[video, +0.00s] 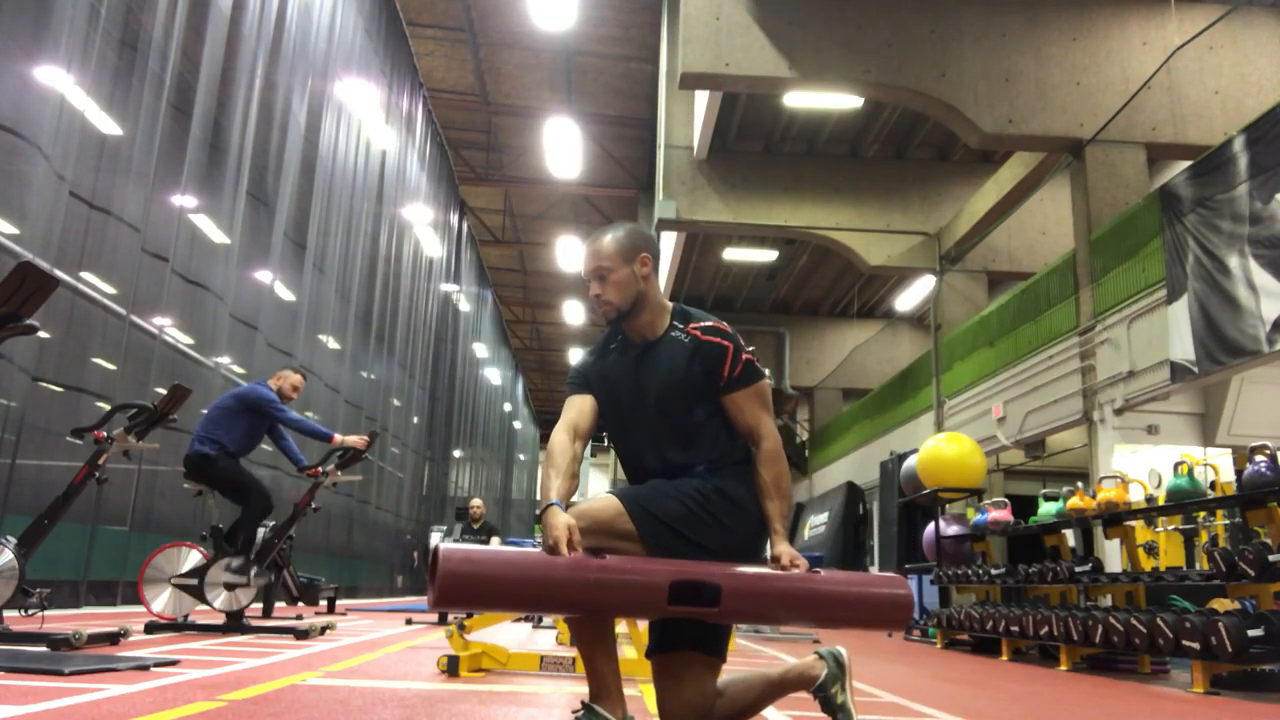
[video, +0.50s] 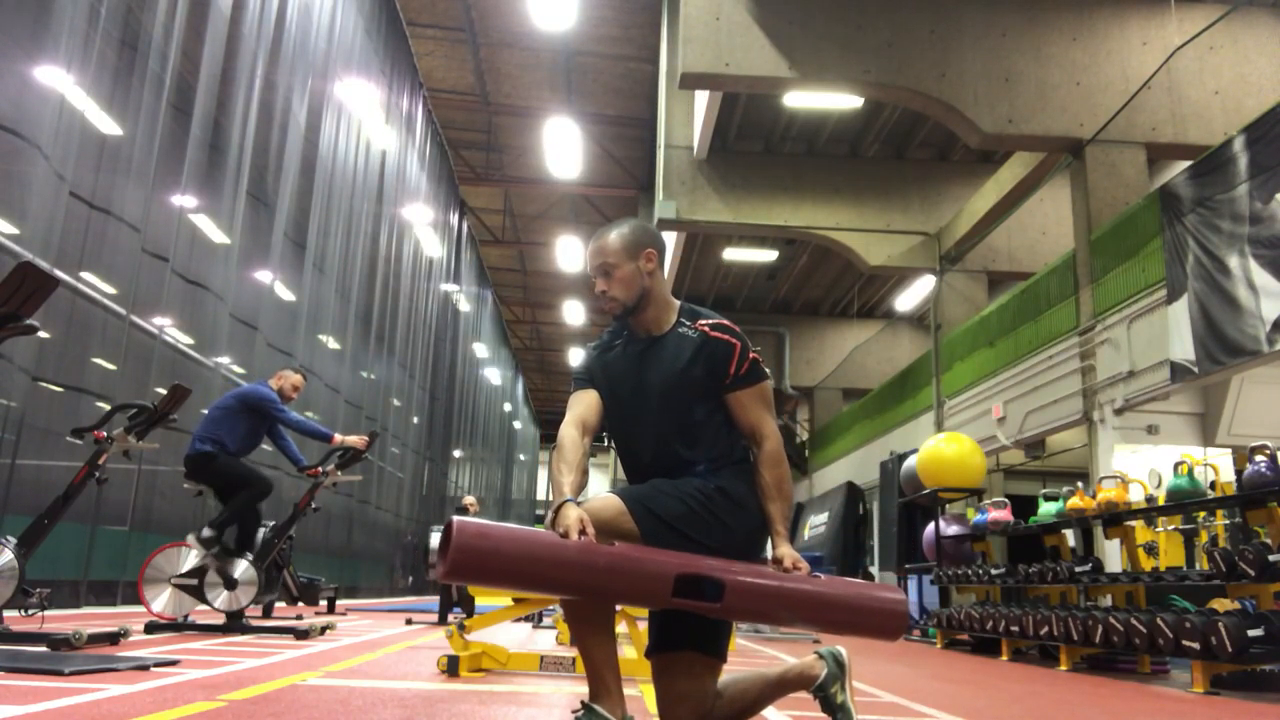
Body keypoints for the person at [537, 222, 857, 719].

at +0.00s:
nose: (593, 292)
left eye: (604, 276)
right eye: (589, 280)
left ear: (644, 268)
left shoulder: (710, 340)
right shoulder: (598, 367)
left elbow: (765, 436)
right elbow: (568, 434)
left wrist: (779, 536)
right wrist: (552, 506)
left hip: (727, 510)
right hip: (669, 525)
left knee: (570, 526)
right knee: (686, 708)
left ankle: (608, 707)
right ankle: (816, 671)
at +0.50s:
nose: (597, 287)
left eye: (608, 271)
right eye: (594, 275)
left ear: (650, 264)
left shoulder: (715, 338)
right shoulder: (604, 359)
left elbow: (768, 439)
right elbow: (575, 429)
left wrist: (782, 539)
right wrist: (566, 502)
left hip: (728, 510)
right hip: (667, 524)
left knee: (574, 523)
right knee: (686, 708)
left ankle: (608, 706)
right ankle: (817, 671)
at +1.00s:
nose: (582, 218)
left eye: (591, 204)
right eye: (578, 208)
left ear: (633, 195)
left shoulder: (689, 268)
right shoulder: (605, 296)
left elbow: (743, 363)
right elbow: (563, 366)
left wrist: (724, 468)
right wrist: (524, 396)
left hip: (701, 454)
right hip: (663, 456)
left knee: (562, 532)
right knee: (711, 652)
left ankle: (607, 707)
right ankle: (846, 669)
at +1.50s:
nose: (595, 96)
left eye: (603, 82)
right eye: (593, 87)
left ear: (644, 70)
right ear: (643, 76)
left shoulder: (656, 129)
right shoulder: (647, 138)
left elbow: (563, 196)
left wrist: (457, 204)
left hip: (650, 345)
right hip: (619, 339)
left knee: (601, 528)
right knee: (491, 397)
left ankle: (614, 707)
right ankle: (573, 529)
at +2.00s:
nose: (584, 76)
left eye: (592, 65)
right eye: (586, 68)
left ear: (629, 56)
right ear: (644, 65)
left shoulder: (615, 96)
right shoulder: (693, 143)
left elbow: (497, 66)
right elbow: (736, 164)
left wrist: (476, 29)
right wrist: (678, 126)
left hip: (618, 322)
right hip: (591, 319)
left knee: (594, 533)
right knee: (454, 331)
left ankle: (612, 706)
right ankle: (397, 489)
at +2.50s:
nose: (583, 75)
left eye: (589, 65)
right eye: (585, 67)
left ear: (624, 57)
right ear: (645, 64)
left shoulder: (611, 98)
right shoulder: (694, 148)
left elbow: (489, 67)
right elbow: (734, 164)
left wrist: (471, 28)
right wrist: (677, 123)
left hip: (611, 324)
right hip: (598, 321)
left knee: (588, 529)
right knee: (453, 337)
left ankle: (613, 707)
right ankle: (409, 495)